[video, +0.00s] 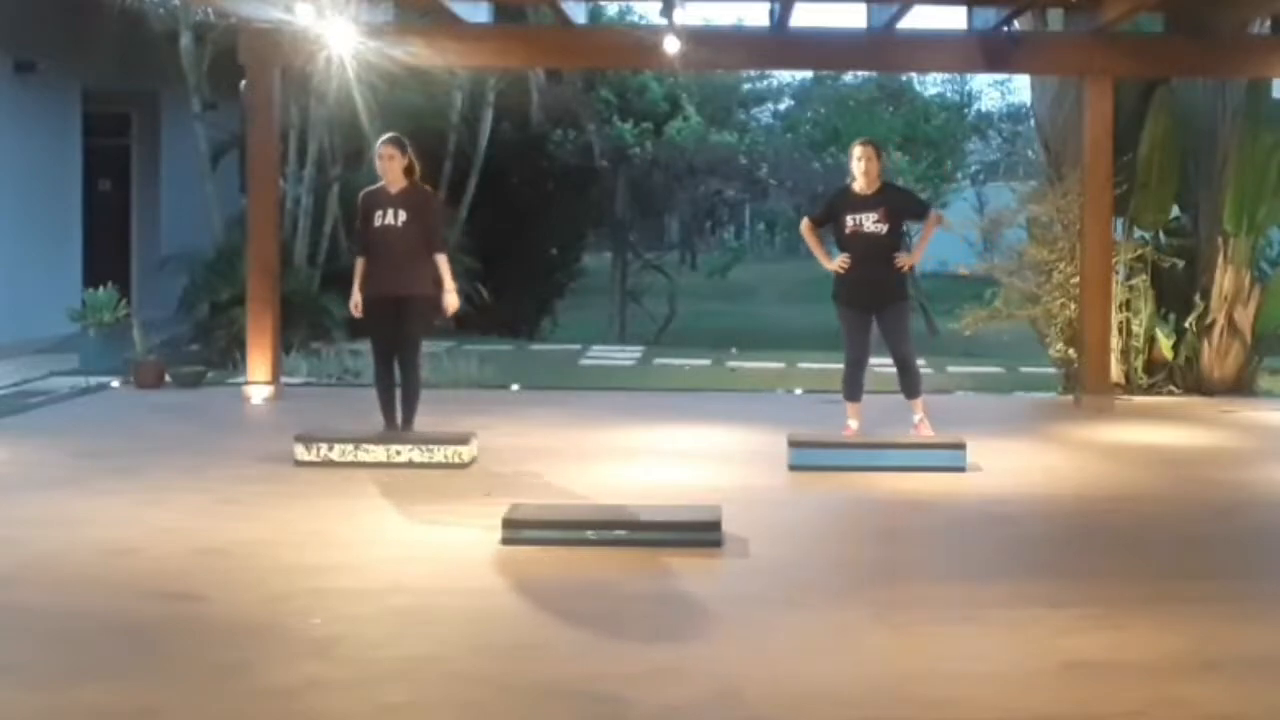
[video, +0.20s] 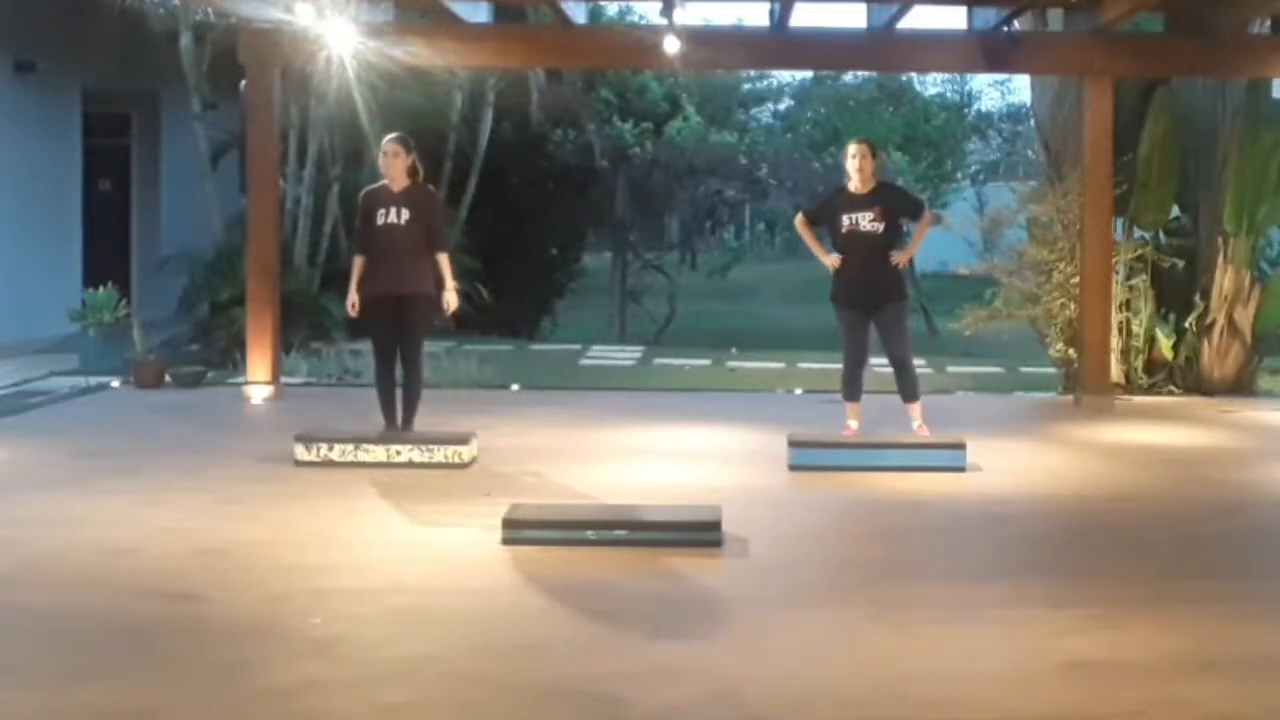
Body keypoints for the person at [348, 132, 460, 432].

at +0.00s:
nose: (385, 163)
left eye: (391, 157)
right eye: (380, 157)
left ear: (405, 161)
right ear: (375, 161)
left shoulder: (424, 197)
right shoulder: (368, 198)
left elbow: (437, 246)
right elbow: (362, 249)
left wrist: (449, 287)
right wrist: (356, 288)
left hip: (415, 293)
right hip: (378, 293)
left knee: (409, 359)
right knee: (382, 360)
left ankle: (407, 424)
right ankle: (389, 424)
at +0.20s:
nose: (386, 160)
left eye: (393, 154)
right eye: (383, 154)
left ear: (409, 159)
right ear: (378, 159)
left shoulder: (426, 196)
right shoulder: (369, 197)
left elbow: (439, 246)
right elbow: (361, 247)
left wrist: (449, 286)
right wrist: (353, 288)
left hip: (416, 292)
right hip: (379, 292)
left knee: (411, 359)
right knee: (384, 361)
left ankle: (407, 423)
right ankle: (390, 423)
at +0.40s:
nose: (392, 160)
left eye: (399, 154)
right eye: (389, 154)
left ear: (413, 160)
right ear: (383, 159)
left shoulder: (428, 196)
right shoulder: (372, 196)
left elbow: (436, 246)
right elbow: (364, 246)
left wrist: (438, 289)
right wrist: (357, 286)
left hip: (415, 292)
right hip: (380, 292)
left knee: (413, 361)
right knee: (385, 361)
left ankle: (408, 424)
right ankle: (390, 423)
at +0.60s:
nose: (395, 159)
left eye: (402, 153)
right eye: (391, 153)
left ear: (414, 159)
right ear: (385, 158)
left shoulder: (429, 197)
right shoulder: (373, 196)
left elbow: (436, 247)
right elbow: (365, 246)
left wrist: (431, 289)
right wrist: (360, 286)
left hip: (413, 292)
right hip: (381, 292)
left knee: (412, 362)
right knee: (385, 362)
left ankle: (408, 424)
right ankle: (390, 423)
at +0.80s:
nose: (395, 158)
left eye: (402, 153)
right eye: (391, 152)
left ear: (415, 159)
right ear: (385, 158)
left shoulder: (430, 198)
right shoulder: (373, 197)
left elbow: (436, 248)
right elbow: (365, 246)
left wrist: (431, 290)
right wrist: (359, 286)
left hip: (413, 293)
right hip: (380, 293)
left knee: (412, 362)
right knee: (386, 362)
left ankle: (407, 424)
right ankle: (390, 423)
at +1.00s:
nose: (394, 159)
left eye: (401, 153)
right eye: (390, 153)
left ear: (414, 159)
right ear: (384, 158)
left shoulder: (429, 198)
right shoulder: (373, 197)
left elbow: (436, 248)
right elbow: (365, 247)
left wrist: (436, 291)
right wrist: (358, 288)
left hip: (414, 294)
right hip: (380, 294)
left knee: (412, 362)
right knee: (385, 362)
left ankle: (407, 424)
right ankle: (390, 423)